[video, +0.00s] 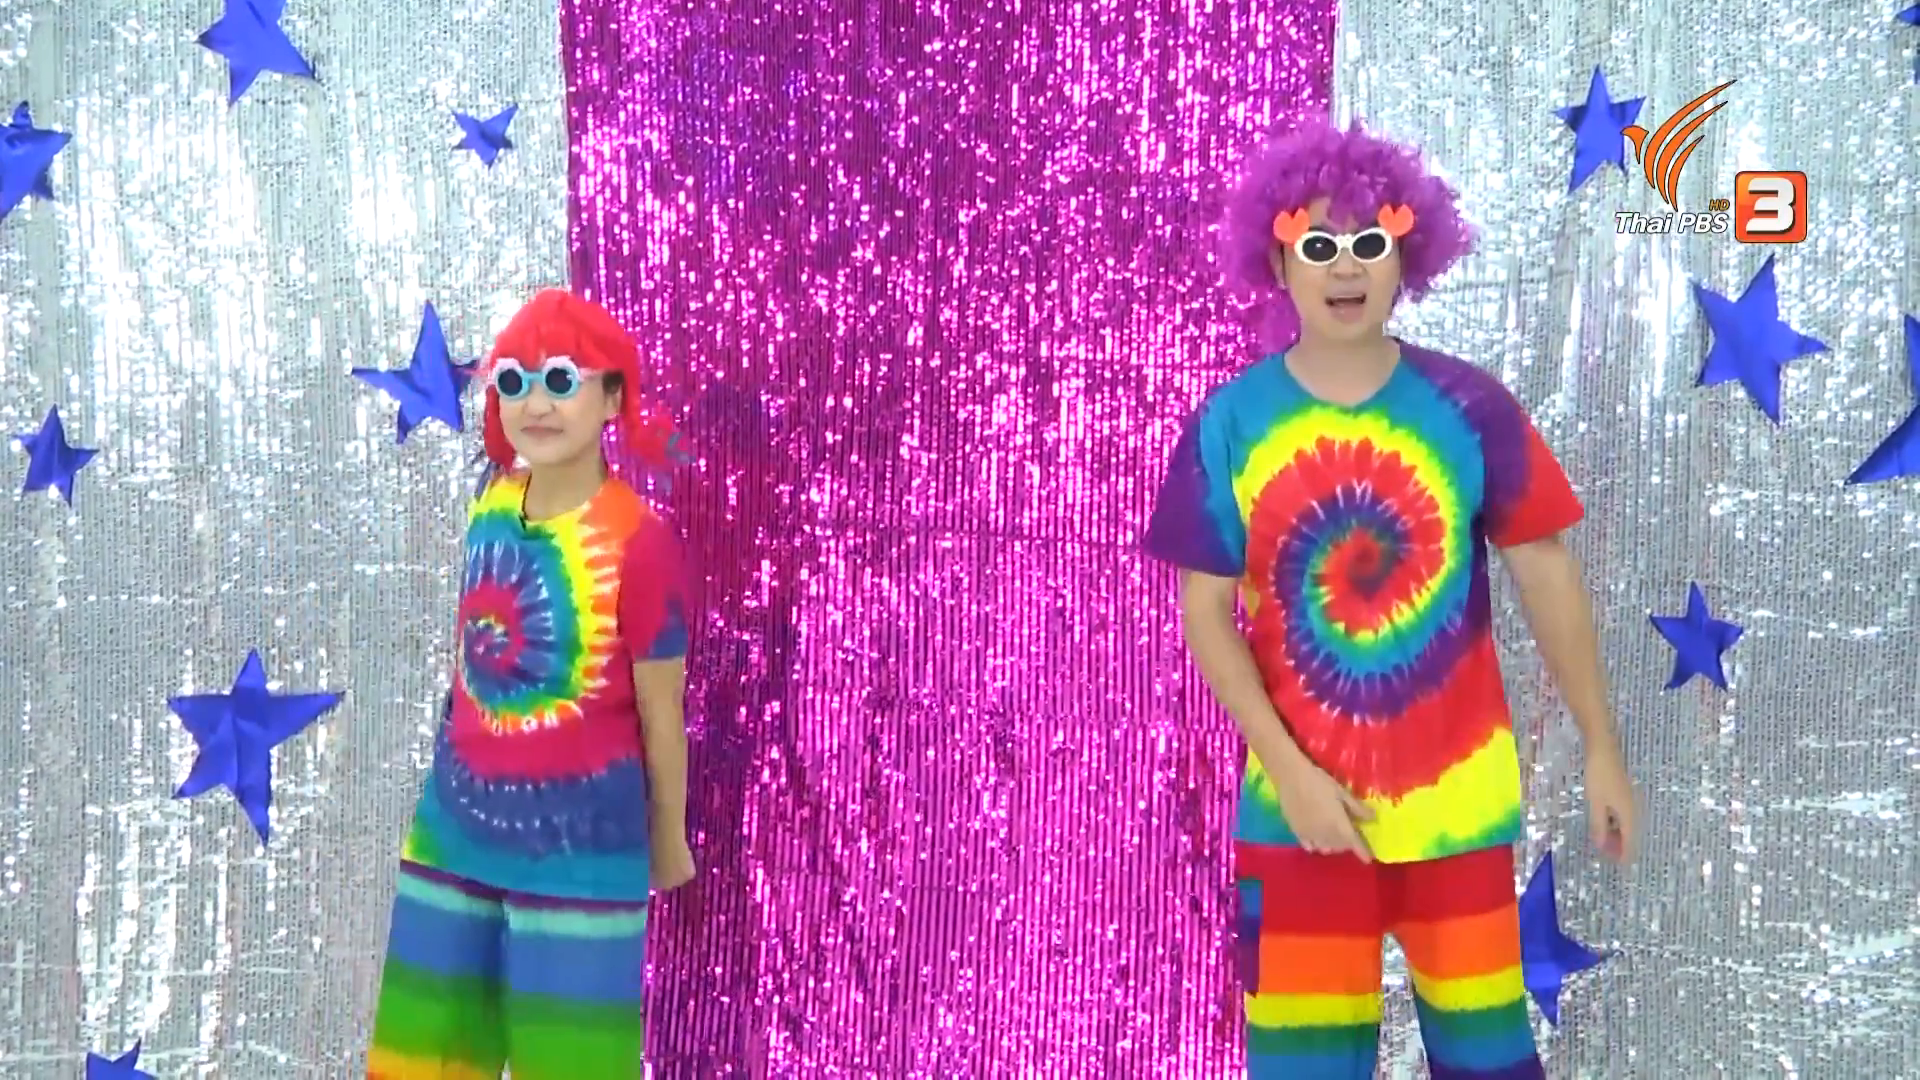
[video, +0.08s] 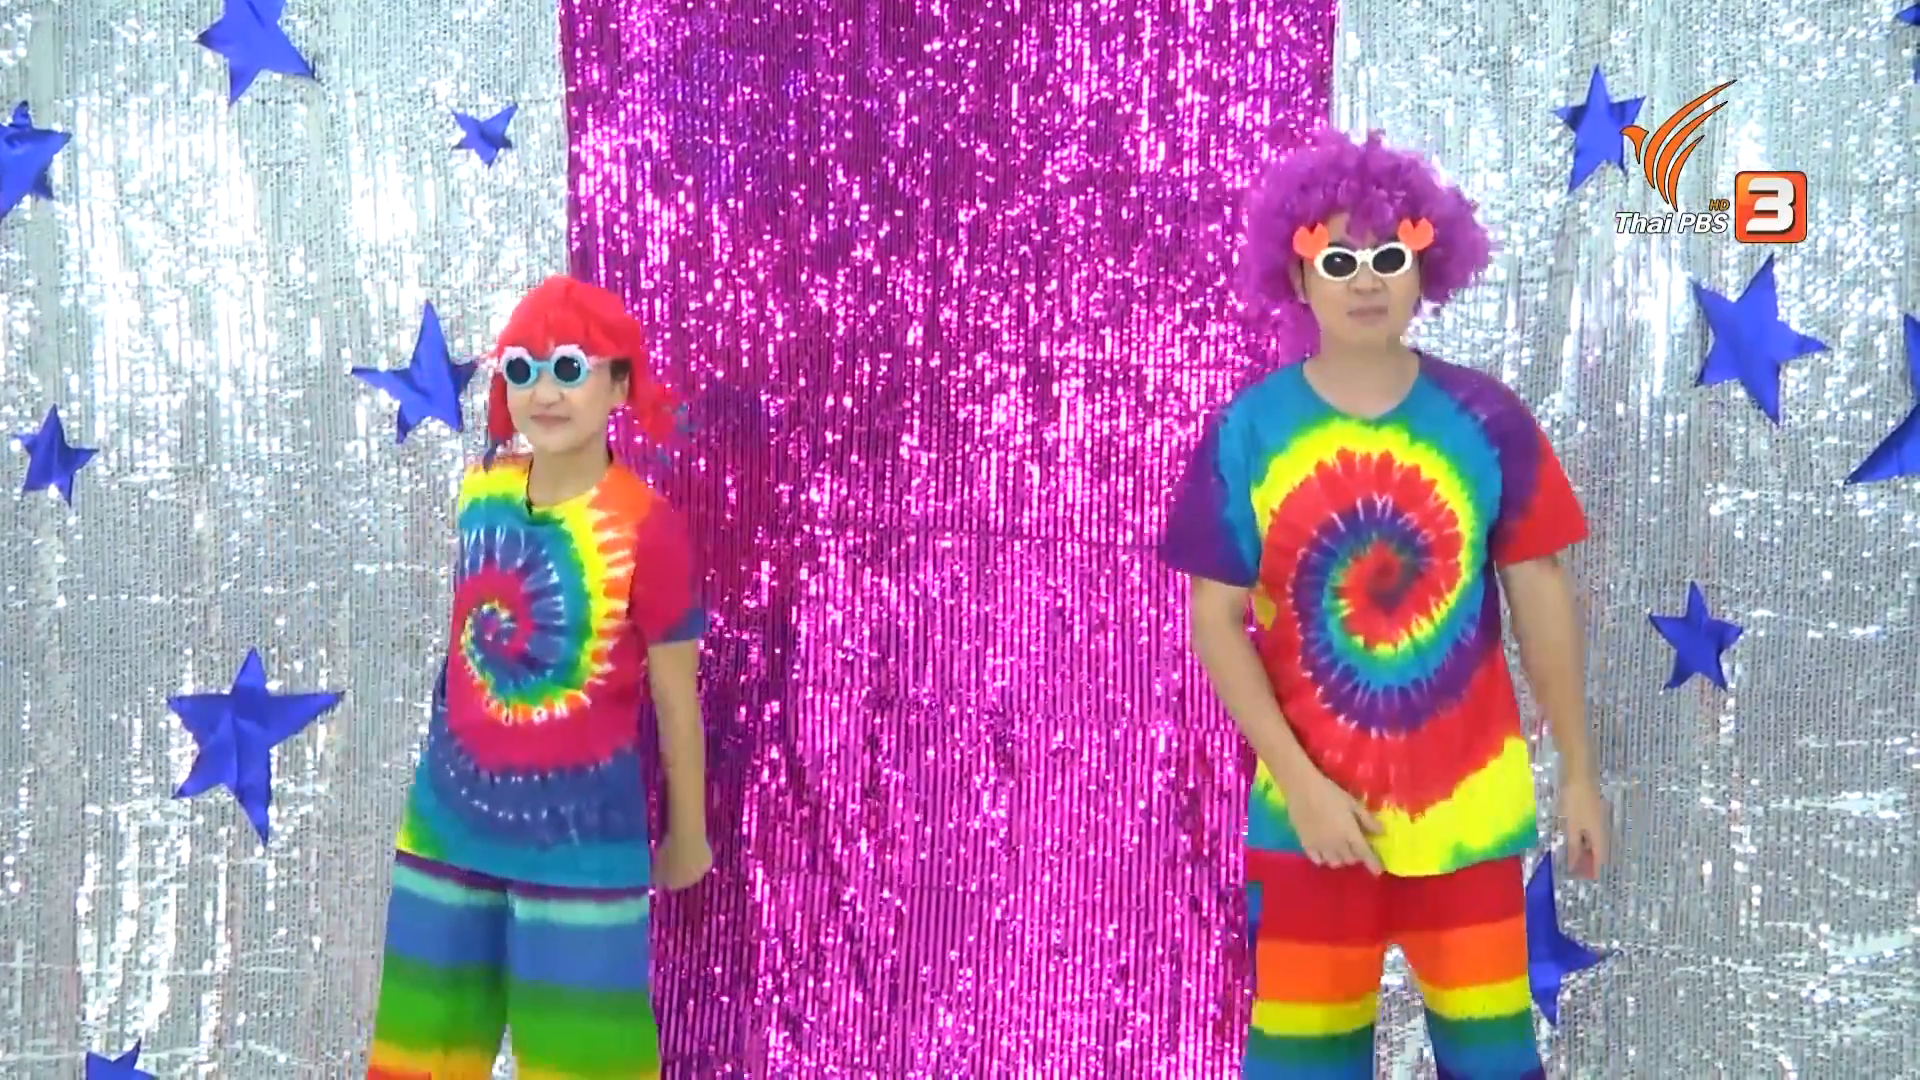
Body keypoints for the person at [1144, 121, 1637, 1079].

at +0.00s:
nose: (1346, 267)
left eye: (1369, 244)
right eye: (1319, 247)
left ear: (1404, 260)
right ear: (1281, 266)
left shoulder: (1473, 405)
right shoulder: (1231, 424)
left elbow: (1546, 573)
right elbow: (1206, 615)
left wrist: (1602, 749)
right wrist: (1286, 766)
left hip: (1457, 800)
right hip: (1301, 805)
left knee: (1487, 1054)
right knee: (1306, 1061)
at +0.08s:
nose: (1366, 280)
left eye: (1389, 258)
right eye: (1339, 261)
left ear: (1422, 273)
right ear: (1301, 277)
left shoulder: (1488, 417)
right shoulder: (1249, 431)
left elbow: (1538, 591)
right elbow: (1217, 622)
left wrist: (1578, 770)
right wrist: (1298, 778)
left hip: (1469, 814)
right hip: (1311, 814)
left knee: (1492, 1056)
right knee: (1305, 1061)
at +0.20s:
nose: (1403, 297)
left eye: (1426, 274)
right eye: (1376, 278)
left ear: (1461, 290)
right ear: (1339, 299)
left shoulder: (1522, 441)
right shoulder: (1282, 447)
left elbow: (1545, 632)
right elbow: (1249, 644)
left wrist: (1551, 808)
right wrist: (1288, 823)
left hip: (1491, 847)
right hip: (1334, 851)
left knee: (1505, 1065)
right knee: (1309, 1068)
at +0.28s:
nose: (1433, 281)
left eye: (1455, 258)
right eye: (1405, 261)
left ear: (1491, 275)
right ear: (1366, 284)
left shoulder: (1547, 433)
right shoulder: (1307, 431)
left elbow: (1568, 624)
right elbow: (1276, 626)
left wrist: (1576, 806)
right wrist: (1274, 807)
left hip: (1503, 834)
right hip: (1348, 833)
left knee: (1506, 1065)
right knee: (1326, 1064)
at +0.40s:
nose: (1469, 257)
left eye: (1492, 234)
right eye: (1442, 236)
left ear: (1528, 254)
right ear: (1403, 258)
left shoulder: (1582, 414)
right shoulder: (1338, 405)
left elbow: (1621, 601)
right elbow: (1284, 591)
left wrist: (1627, 775)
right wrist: (1269, 775)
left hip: (1524, 812)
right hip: (1366, 807)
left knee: (1514, 1061)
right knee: (1350, 1058)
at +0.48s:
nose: (1487, 253)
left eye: (1511, 229)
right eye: (1460, 231)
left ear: (1547, 251)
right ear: (1421, 254)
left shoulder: (1602, 413)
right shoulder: (1353, 401)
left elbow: (1645, 593)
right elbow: (1286, 581)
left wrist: (1660, 774)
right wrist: (1277, 765)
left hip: (1536, 811)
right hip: (1378, 804)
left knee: (1525, 1062)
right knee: (1352, 1058)